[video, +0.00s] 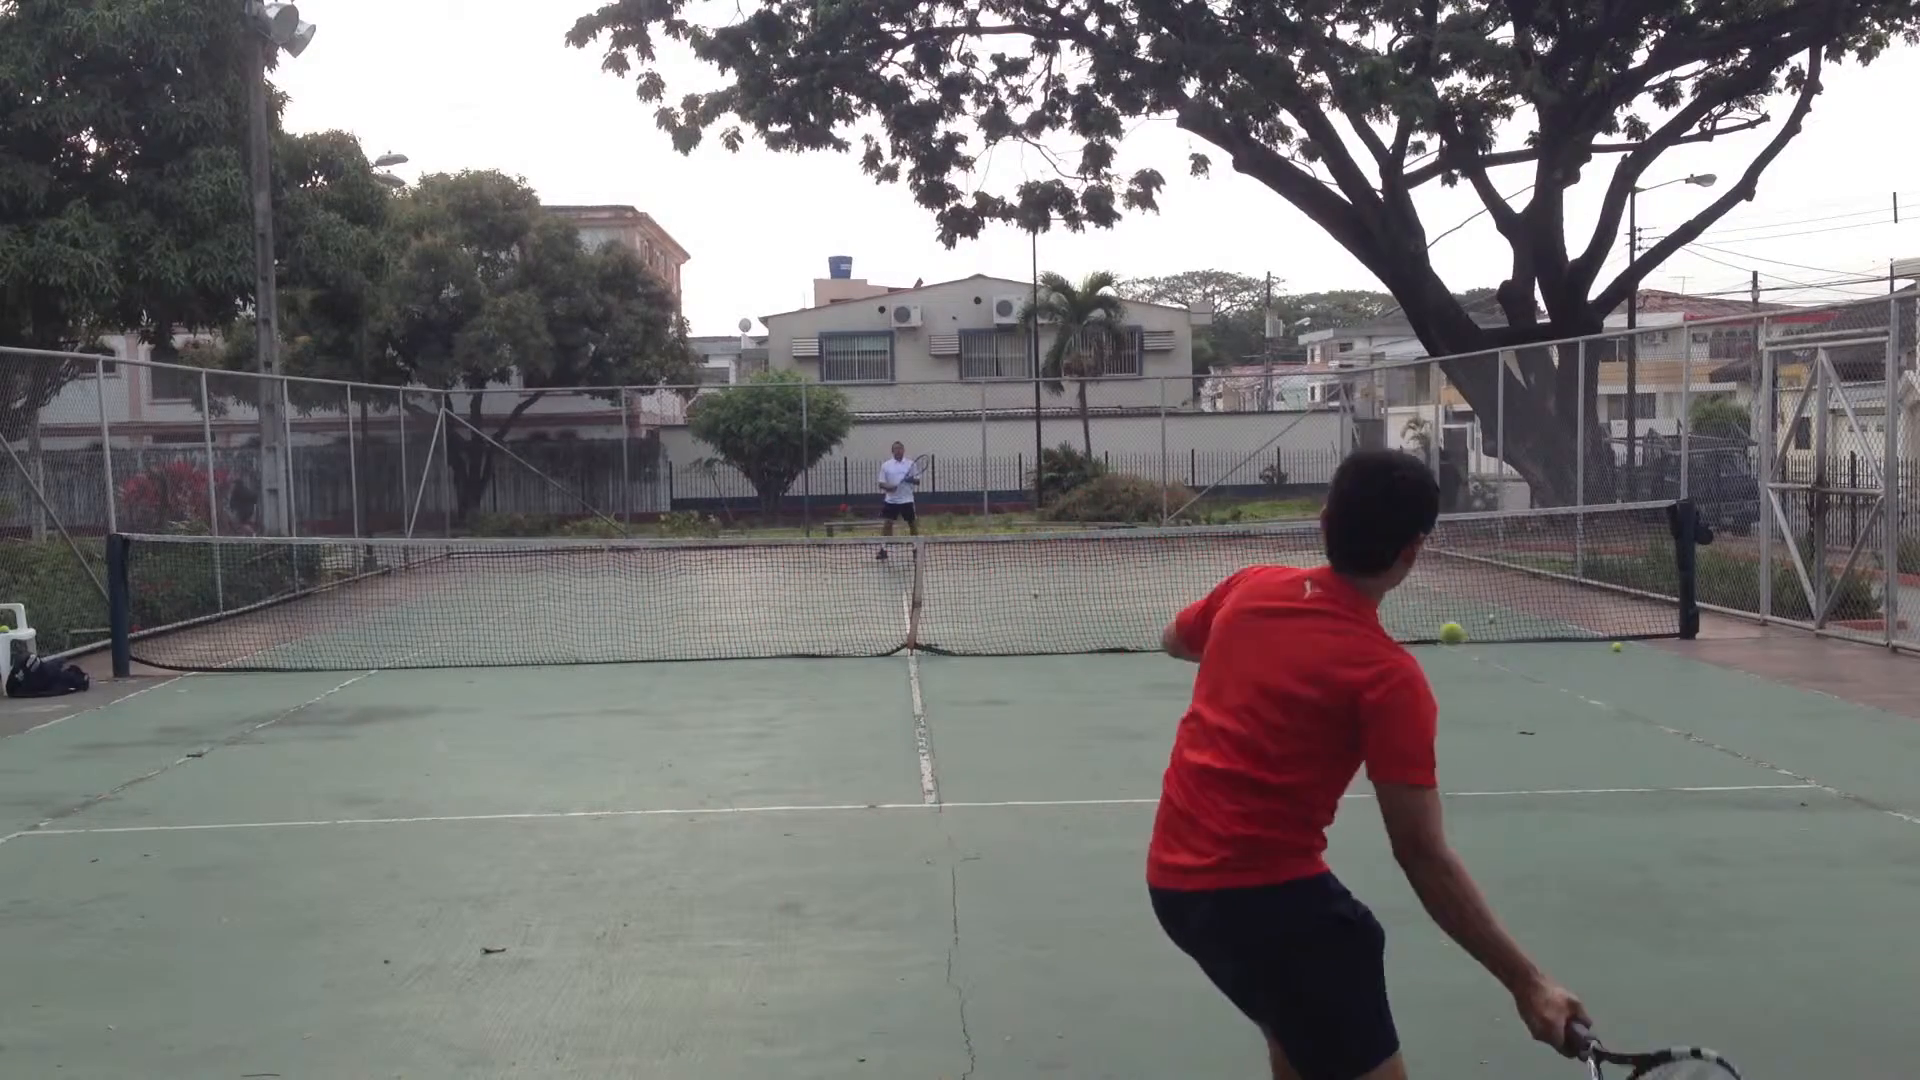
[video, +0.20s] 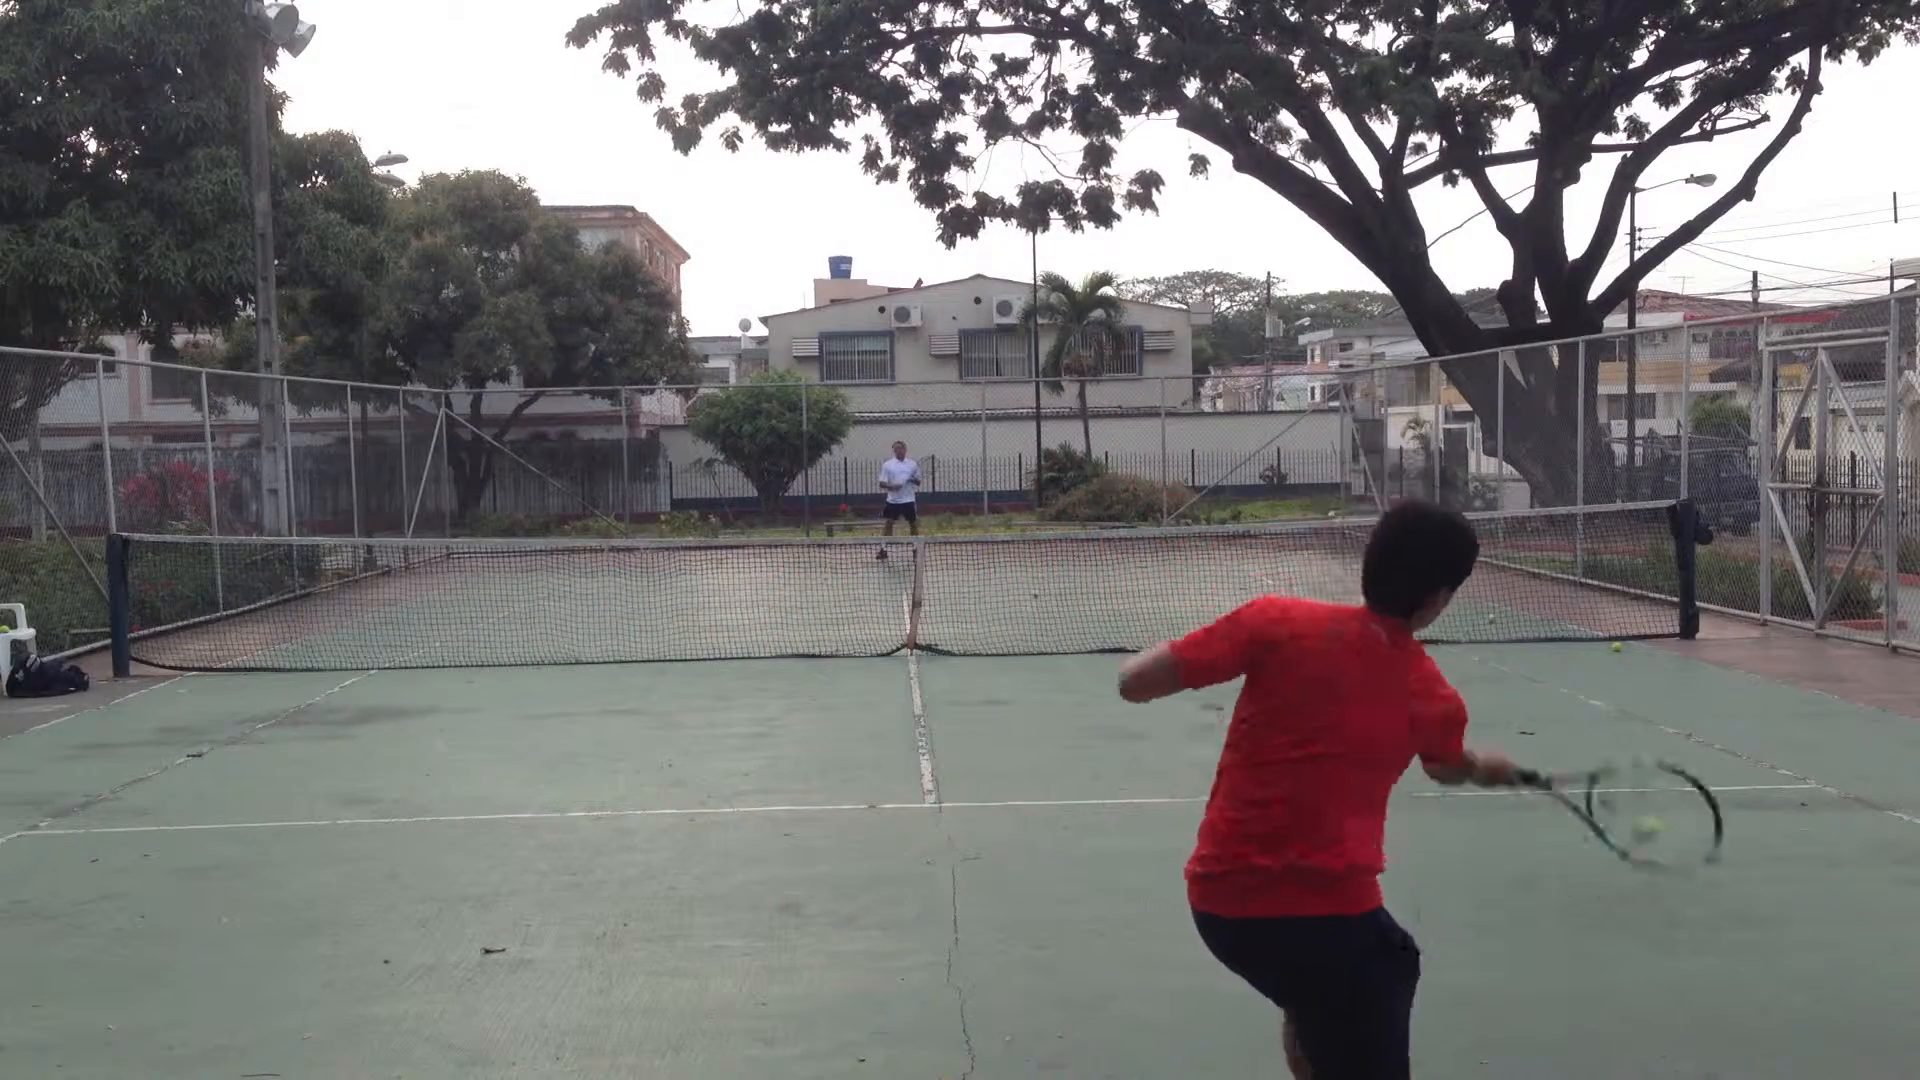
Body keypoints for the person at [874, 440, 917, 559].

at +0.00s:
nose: (898, 452)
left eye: (900, 449)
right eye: (895, 449)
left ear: (903, 450)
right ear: (892, 451)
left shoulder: (910, 464)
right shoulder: (886, 465)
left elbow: (917, 481)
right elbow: (881, 483)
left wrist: (910, 480)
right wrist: (890, 487)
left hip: (907, 500)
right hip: (891, 500)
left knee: (912, 524)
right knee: (887, 524)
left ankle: (916, 548)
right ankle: (884, 549)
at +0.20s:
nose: (899, 451)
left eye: (901, 449)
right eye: (897, 449)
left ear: (905, 450)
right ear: (893, 451)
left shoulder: (912, 464)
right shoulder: (887, 465)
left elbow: (918, 482)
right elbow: (882, 483)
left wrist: (912, 479)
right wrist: (892, 487)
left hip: (908, 500)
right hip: (892, 501)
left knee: (913, 524)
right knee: (888, 523)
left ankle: (916, 548)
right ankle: (884, 548)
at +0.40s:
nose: (899, 451)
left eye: (901, 449)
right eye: (897, 449)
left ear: (905, 450)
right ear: (893, 451)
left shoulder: (912, 464)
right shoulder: (888, 465)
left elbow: (918, 482)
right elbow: (881, 483)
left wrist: (913, 480)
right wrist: (893, 487)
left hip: (908, 500)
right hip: (892, 501)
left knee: (913, 524)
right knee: (888, 523)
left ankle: (916, 548)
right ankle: (884, 548)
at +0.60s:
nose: (899, 451)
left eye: (901, 448)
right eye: (896, 448)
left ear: (904, 450)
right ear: (892, 450)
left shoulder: (911, 464)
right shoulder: (886, 465)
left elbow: (917, 481)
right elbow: (880, 482)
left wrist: (906, 480)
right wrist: (889, 486)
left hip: (907, 501)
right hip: (890, 501)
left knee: (913, 525)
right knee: (887, 524)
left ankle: (915, 548)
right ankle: (883, 549)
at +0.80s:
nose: (888, 453)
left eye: (890, 450)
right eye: (886, 450)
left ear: (895, 451)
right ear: (884, 452)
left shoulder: (903, 465)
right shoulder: (878, 466)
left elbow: (910, 482)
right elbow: (869, 481)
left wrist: (899, 479)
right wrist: (879, 485)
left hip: (899, 501)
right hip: (884, 501)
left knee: (906, 525)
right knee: (882, 526)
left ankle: (914, 547)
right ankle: (883, 549)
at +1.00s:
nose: (876, 455)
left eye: (878, 452)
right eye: (874, 452)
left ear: (883, 453)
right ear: (872, 454)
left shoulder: (890, 466)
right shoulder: (868, 466)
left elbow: (893, 484)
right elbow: (854, 475)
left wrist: (881, 478)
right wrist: (867, 480)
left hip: (886, 500)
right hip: (872, 500)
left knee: (889, 525)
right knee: (870, 524)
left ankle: (887, 548)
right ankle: (879, 547)